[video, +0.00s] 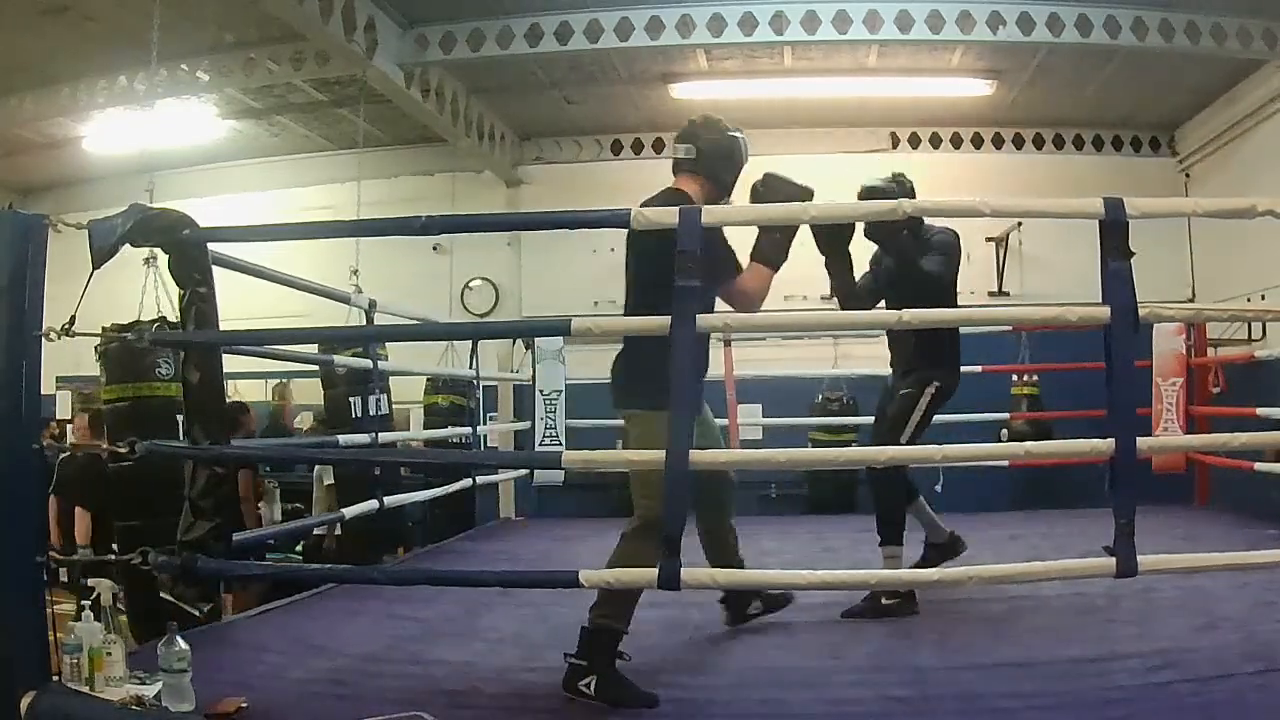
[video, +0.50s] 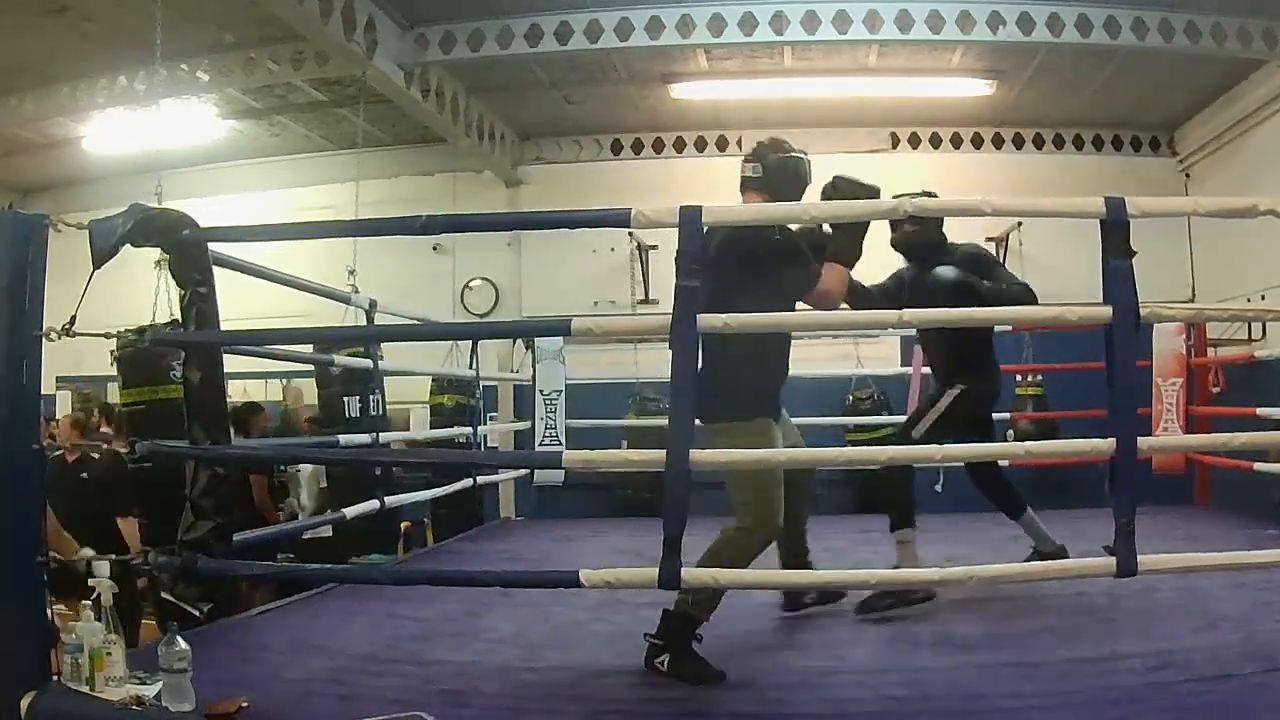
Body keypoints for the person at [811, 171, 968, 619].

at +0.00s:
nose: (866, 224)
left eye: (873, 215)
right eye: (864, 216)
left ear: (900, 213)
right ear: (879, 218)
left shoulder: (941, 240)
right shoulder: (884, 256)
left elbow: (933, 283)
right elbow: (854, 303)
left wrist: (899, 239)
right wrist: (835, 253)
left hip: (934, 370)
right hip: (903, 372)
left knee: (883, 461)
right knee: (880, 458)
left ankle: (895, 586)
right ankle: (939, 536)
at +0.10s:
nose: (874, 230)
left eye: (881, 220)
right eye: (873, 222)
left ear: (906, 214)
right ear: (881, 221)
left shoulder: (947, 249)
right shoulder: (888, 262)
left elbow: (944, 294)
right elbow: (859, 308)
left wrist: (908, 239)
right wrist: (845, 257)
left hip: (938, 376)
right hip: (906, 378)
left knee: (891, 467)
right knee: (902, 469)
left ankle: (895, 583)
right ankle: (951, 547)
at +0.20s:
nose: (877, 215)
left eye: (882, 206)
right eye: (873, 207)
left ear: (906, 201)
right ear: (879, 206)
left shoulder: (945, 230)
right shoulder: (891, 243)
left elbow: (971, 291)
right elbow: (869, 300)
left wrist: (921, 245)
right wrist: (848, 251)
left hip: (948, 356)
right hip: (920, 358)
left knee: (912, 450)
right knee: (926, 450)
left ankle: (911, 577)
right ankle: (952, 545)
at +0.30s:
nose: (882, 206)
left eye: (887, 197)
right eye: (879, 198)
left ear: (909, 195)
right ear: (889, 197)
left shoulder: (952, 228)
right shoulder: (899, 241)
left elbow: (990, 291)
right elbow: (871, 295)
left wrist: (936, 289)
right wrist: (836, 244)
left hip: (958, 352)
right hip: (932, 353)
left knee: (922, 452)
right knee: (931, 450)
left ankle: (932, 575)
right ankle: (988, 537)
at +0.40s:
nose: (890, 222)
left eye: (896, 213)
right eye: (889, 214)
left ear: (919, 212)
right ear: (902, 218)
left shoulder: (966, 244)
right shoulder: (903, 259)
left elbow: (1012, 303)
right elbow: (870, 300)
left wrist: (958, 296)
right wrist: (841, 252)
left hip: (968, 369)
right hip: (938, 372)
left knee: (915, 458)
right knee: (955, 466)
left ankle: (932, 574)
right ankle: (1029, 537)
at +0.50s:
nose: (898, 230)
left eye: (907, 222)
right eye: (895, 224)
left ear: (932, 225)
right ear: (896, 231)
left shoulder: (968, 257)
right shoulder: (906, 278)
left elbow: (1026, 298)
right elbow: (868, 300)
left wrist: (970, 285)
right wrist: (836, 274)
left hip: (974, 382)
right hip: (952, 384)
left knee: (897, 457)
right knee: (984, 474)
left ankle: (907, 573)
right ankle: (1048, 545)